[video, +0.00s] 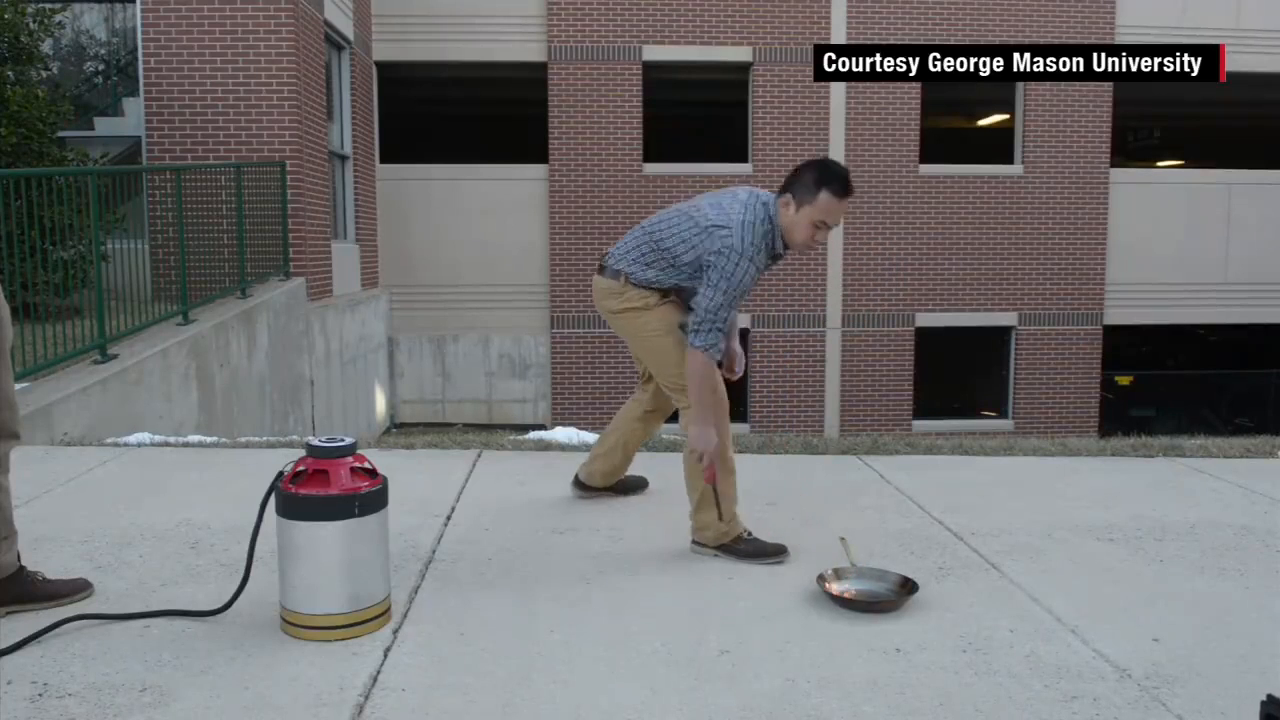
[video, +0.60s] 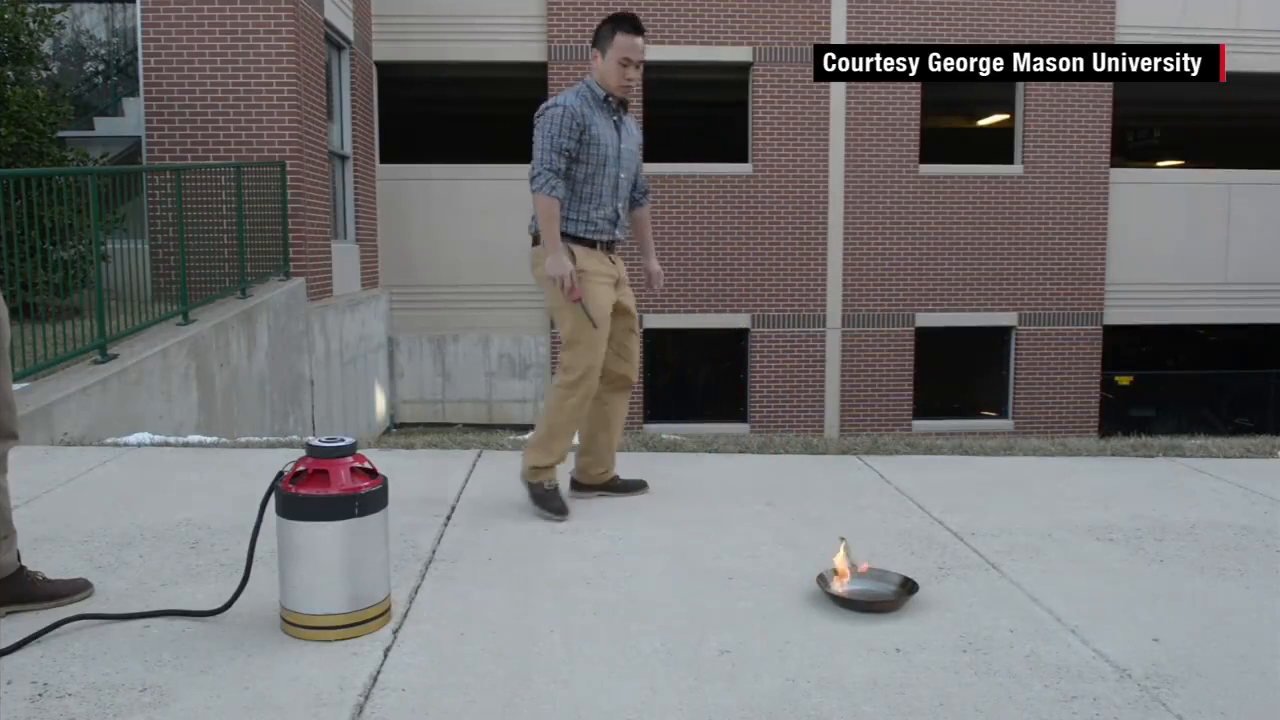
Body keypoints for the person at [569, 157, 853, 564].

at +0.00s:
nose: (822, 238)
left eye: (830, 229)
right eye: (819, 225)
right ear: (788, 204)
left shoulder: (765, 219)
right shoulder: (741, 239)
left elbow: (728, 282)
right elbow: (703, 337)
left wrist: (730, 334)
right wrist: (701, 422)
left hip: (660, 285)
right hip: (630, 288)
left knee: (665, 388)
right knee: (707, 399)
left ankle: (597, 473)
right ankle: (716, 530)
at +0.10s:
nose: (798, 201)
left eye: (805, 192)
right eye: (793, 188)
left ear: (763, 174)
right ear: (761, 172)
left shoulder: (743, 205)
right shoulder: (724, 218)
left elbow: (713, 271)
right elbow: (679, 307)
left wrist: (723, 328)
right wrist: (674, 389)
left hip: (650, 286)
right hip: (623, 290)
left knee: (668, 386)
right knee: (701, 394)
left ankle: (598, 471)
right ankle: (716, 529)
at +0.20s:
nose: (750, 150)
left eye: (756, 141)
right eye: (744, 138)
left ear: (753, 135)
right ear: (711, 126)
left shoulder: (706, 174)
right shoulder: (680, 177)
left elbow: (691, 248)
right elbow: (635, 255)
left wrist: (712, 303)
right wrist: (627, 329)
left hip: (649, 290)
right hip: (621, 292)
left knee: (662, 388)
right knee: (679, 396)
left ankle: (596, 473)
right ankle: (712, 526)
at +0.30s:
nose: (719, 125)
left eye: (726, 116)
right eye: (711, 113)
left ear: (728, 114)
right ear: (680, 104)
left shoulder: (682, 155)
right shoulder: (649, 153)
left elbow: (680, 231)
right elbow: (610, 228)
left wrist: (701, 283)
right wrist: (598, 303)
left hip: (644, 285)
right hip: (614, 286)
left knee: (657, 386)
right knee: (652, 391)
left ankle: (597, 472)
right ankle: (695, 512)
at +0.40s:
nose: (681, 99)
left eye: (687, 89)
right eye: (673, 86)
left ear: (690, 87)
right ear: (642, 78)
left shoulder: (660, 138)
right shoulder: (609, 128)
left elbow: (663, 210)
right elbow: (580, 203)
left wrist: (682, 266)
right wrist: (571, 275)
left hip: (632, 272)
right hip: (598, 269)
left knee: (646, 380)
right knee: (626, 378)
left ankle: (594, 472)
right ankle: (644, 499)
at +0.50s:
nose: (657, 84)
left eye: (664, 75)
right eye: (649, 72)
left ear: (666, 73)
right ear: (619, 65)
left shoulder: (646, 131)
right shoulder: (586, 116)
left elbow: (652, 204)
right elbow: (562, 189)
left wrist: (667, 262)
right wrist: (561, 260)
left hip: (622, 263)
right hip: (588, 260)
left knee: (633, 373)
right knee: (607, 368)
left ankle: (602, 471)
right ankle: (591, 485)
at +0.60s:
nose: (633, 74)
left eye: (638, 65)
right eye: (624, 63)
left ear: (640, 64)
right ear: (595, 58)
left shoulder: (627, 126)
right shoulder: (563, 110)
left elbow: (637, 197)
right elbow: (545, 184)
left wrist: (649, 256)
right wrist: (554, 252)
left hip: (610, 259)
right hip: (572, 254)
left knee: (618, 372)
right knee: (581, 366)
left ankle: (594, 474)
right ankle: (539, 471)